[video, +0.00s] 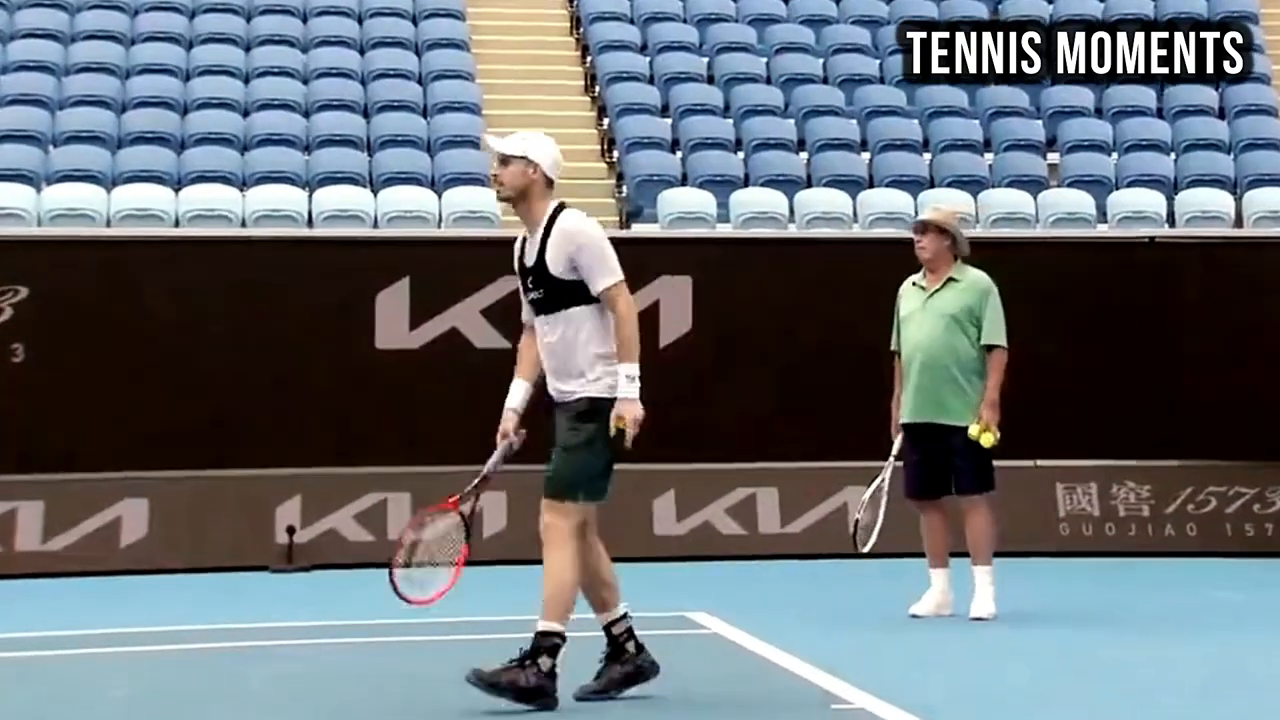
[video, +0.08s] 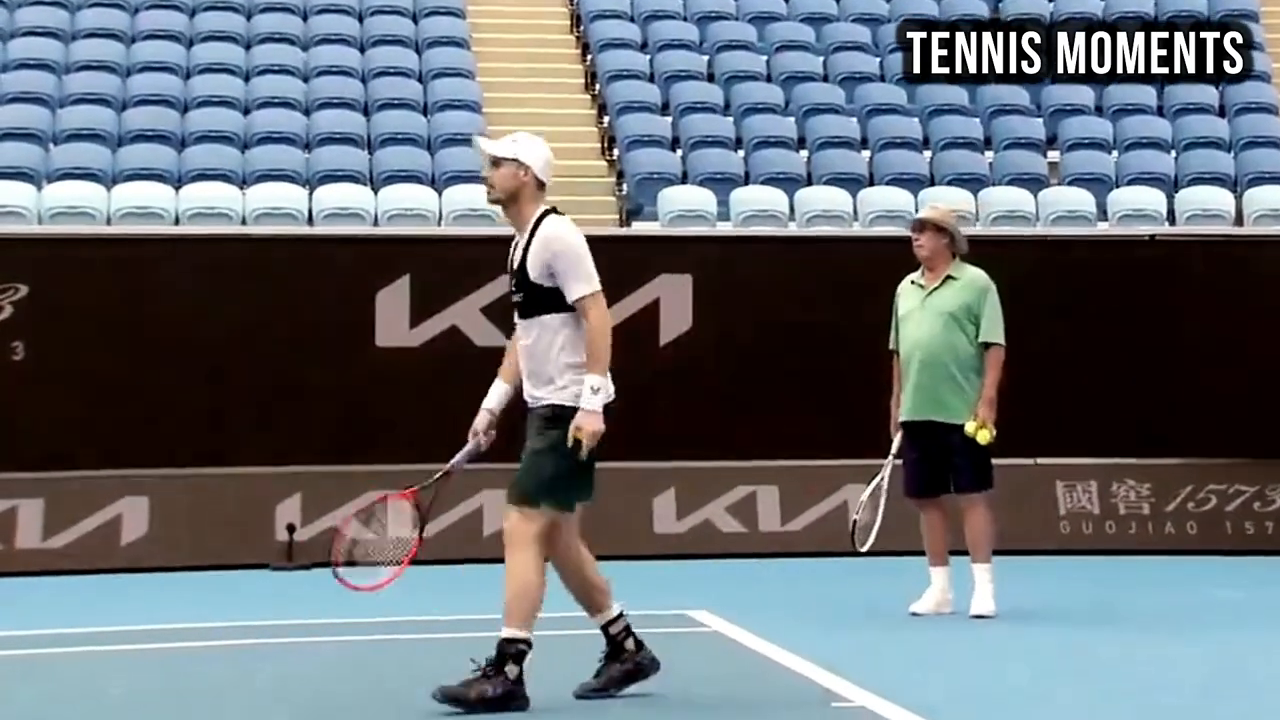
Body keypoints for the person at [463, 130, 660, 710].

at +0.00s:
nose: (494, 173)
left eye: (505, 164)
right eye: (495, 163)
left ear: (537, 173)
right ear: (521, 174)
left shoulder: (578, 232)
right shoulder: (524, 245)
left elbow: (625, 309)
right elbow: (532, 331)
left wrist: (629, 391)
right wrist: (514, 405)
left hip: (596, 399)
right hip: (563, 399)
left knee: (557, 521)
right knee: (579, 527)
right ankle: (627, 650)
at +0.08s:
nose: (486, 174)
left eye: (496, 165)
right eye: (489, 165)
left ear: (527, 176)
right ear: (514, 177)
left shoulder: (558, 235)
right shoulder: (522, 243)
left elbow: (597, 316)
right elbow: (524, 336)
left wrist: (594, 400)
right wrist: (492, 407)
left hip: (565, 408)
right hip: (543, 406)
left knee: (522, 525)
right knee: (559, 538)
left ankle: (507, 672)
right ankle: (627, 649)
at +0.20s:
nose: (475, 177)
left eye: (484, 168)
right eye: (477, 168)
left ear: (514, 178)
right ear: (509, 179)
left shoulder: (535, 240)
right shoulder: (516, 241)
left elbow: (553, 329)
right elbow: (517, 346)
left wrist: (533, 408)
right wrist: (478, 404)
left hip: (534, 412)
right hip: (534, 410)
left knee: (468, 527)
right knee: (526, 542)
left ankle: (496, 670)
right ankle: (621, 637)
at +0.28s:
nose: (472, 165)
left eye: (480, 156)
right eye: (474, 155)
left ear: (507, 164)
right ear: (507, 165)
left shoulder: (521, 226)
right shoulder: (516, 225)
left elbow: (535, 312)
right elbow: (519, 321)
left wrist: (500, 390)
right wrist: (487, 391)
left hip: (519, 400)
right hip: (527, 399)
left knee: (462, 524)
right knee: (509, 532)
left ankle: (495, 665)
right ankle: (606, 628)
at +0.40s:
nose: (464, 146)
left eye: (473, 136)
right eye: (467, 137)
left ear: (500, 145)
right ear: (504, 147)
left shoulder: (502, 207)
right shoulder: (528, 203)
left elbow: (517, 293)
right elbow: (527, 305)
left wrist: (471, 365)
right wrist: (471, 372)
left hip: (501, 385)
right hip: (530, 382)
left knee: (464, 517)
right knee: (500, 516)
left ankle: (494, 656)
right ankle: (568, 632)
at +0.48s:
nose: (459, 148)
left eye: (468, 139)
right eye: (462, 139)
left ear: (495, 147)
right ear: (507, 150)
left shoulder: (492, 208)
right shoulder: (543, 212)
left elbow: (500, 294)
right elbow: (557, 306)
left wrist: (449, 361)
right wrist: (524, 352)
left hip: (490, 388)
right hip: (534, 386)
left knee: (459, 516)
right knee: (494, 517)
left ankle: (484, 659)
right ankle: (552, 638)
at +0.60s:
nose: (454, 158)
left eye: (461, 148)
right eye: (456, 148)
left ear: (487, 154)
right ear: (502, 158)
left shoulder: (476, 216)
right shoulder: (548, 221)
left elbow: (476, 303)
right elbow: (563, 310)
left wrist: (420, 375)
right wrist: (532, 363)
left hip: (485, 395)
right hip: (536, 393)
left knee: (457, 520)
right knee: (494, 519)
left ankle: (490, 660)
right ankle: (542, 646)